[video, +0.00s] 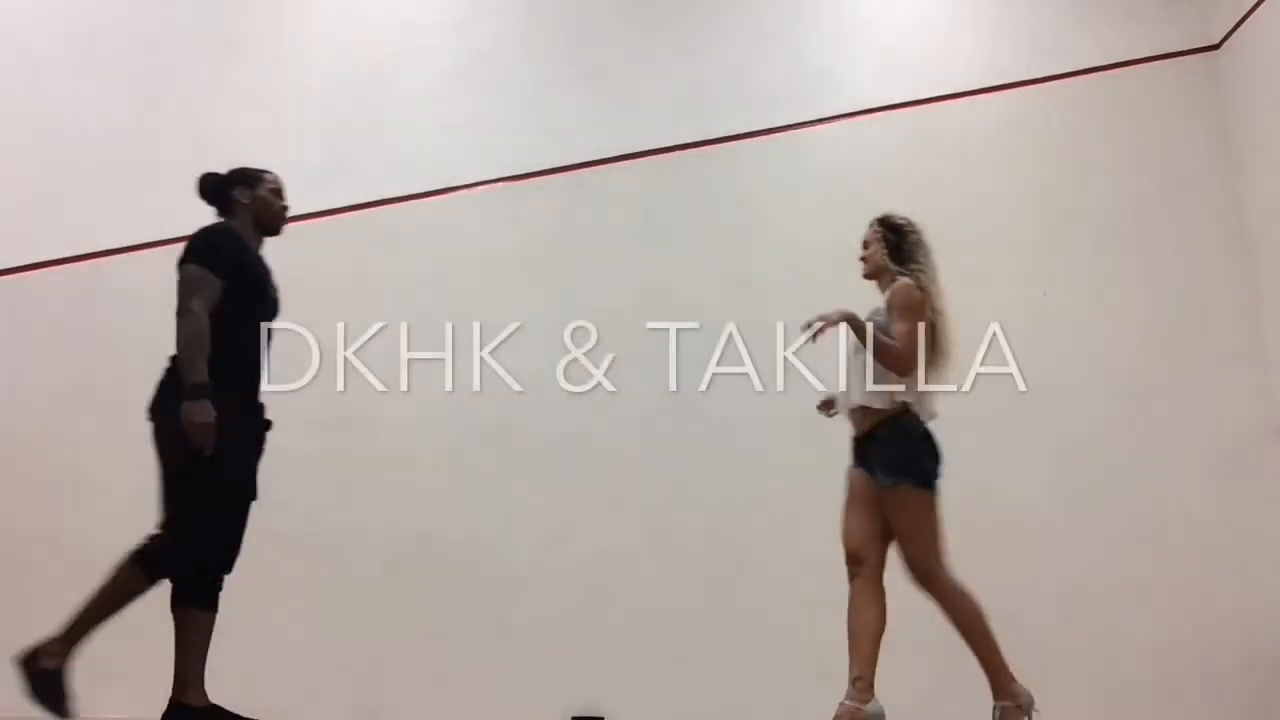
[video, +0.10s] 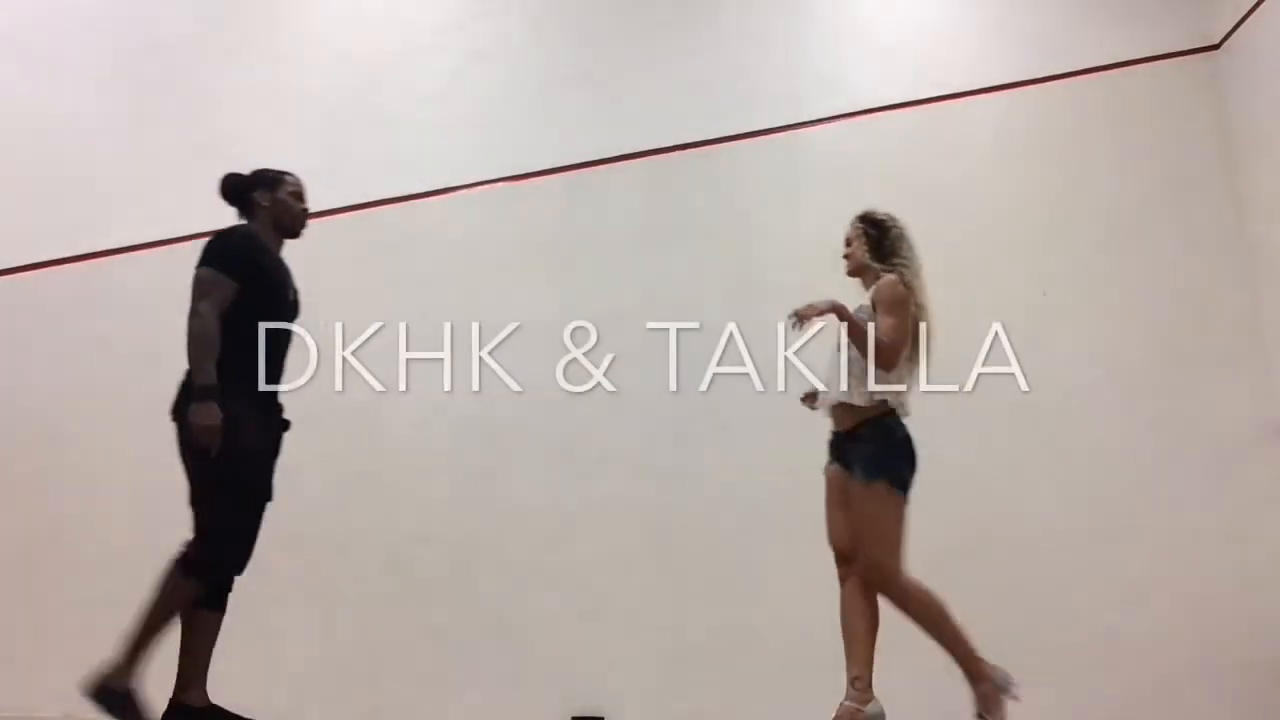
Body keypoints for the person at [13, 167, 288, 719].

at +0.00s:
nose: (285, 202)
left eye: (283, 194)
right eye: (276, 192)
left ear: (249, 201)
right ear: (244, 197)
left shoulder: (248, 258)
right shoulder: (217, 242)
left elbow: (238, 345)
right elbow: (192, 311)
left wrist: (248, 414)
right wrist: (197, 393)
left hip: (232, 421)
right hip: (197, 415)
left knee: (209, 552)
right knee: (183, 541)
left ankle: (189, 697)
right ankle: (52, 653)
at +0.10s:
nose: (306, 208)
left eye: (306, 200)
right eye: (297, 197)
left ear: (271, 202)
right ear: (263, 199)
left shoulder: (270, 259)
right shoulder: (237, 243)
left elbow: (253, 342)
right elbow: (204, 314)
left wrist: (266, 410)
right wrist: (205, 396)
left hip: (253, 418)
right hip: (224, 414)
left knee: (224, 554)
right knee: (213, 548)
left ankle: (190, 697)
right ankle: (117, 676)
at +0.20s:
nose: (324, 210)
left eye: (324, 202)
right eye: (314, 200)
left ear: (289, 205)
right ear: (280, 202)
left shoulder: (289, 265)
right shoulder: (253, 245)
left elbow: (273, 344)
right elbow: (218, 316)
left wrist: (283, 410)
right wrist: (214, 397)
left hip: (268, 420)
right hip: (245, 417)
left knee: (243, 547)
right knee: (238, 546)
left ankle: (198, 690)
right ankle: (193, 692)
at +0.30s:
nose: (342, 215)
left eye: (342, 207)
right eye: (333, 204)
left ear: (307, 209)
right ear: (298, 205)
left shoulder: (306, 269)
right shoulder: (270, 248)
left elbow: (292, 354)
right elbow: (234, 320)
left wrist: (302, 423)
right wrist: (228, 402)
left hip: (286, 429)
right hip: (264, 426)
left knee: (238, 555)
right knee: (276, 555)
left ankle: (191, 694)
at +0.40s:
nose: (361, 216)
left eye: (361, 208)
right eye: (351, 206)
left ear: (328, 209)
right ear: (317, 206)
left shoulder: (326, 271)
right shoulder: (290, 251)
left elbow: (312, 357)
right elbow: (252, 324)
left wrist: (314, 427)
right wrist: (247, 404)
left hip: (298, 426)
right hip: (288, 426)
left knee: (246, 556)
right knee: (313, 552)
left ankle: (192, 694)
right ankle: (341, 694)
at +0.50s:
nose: (381, 219)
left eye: (381, 210)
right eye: (372, 208)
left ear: (345, 212)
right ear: (338, 209)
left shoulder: (340, 270)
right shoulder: (311, 256)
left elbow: (326, 358)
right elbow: (276, 337)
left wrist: (336, 435)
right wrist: (273, 415)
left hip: (313, 431)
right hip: (311, 432)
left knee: (259, 557)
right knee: (337, 555)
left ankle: (195, 692)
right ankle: (363, 695)